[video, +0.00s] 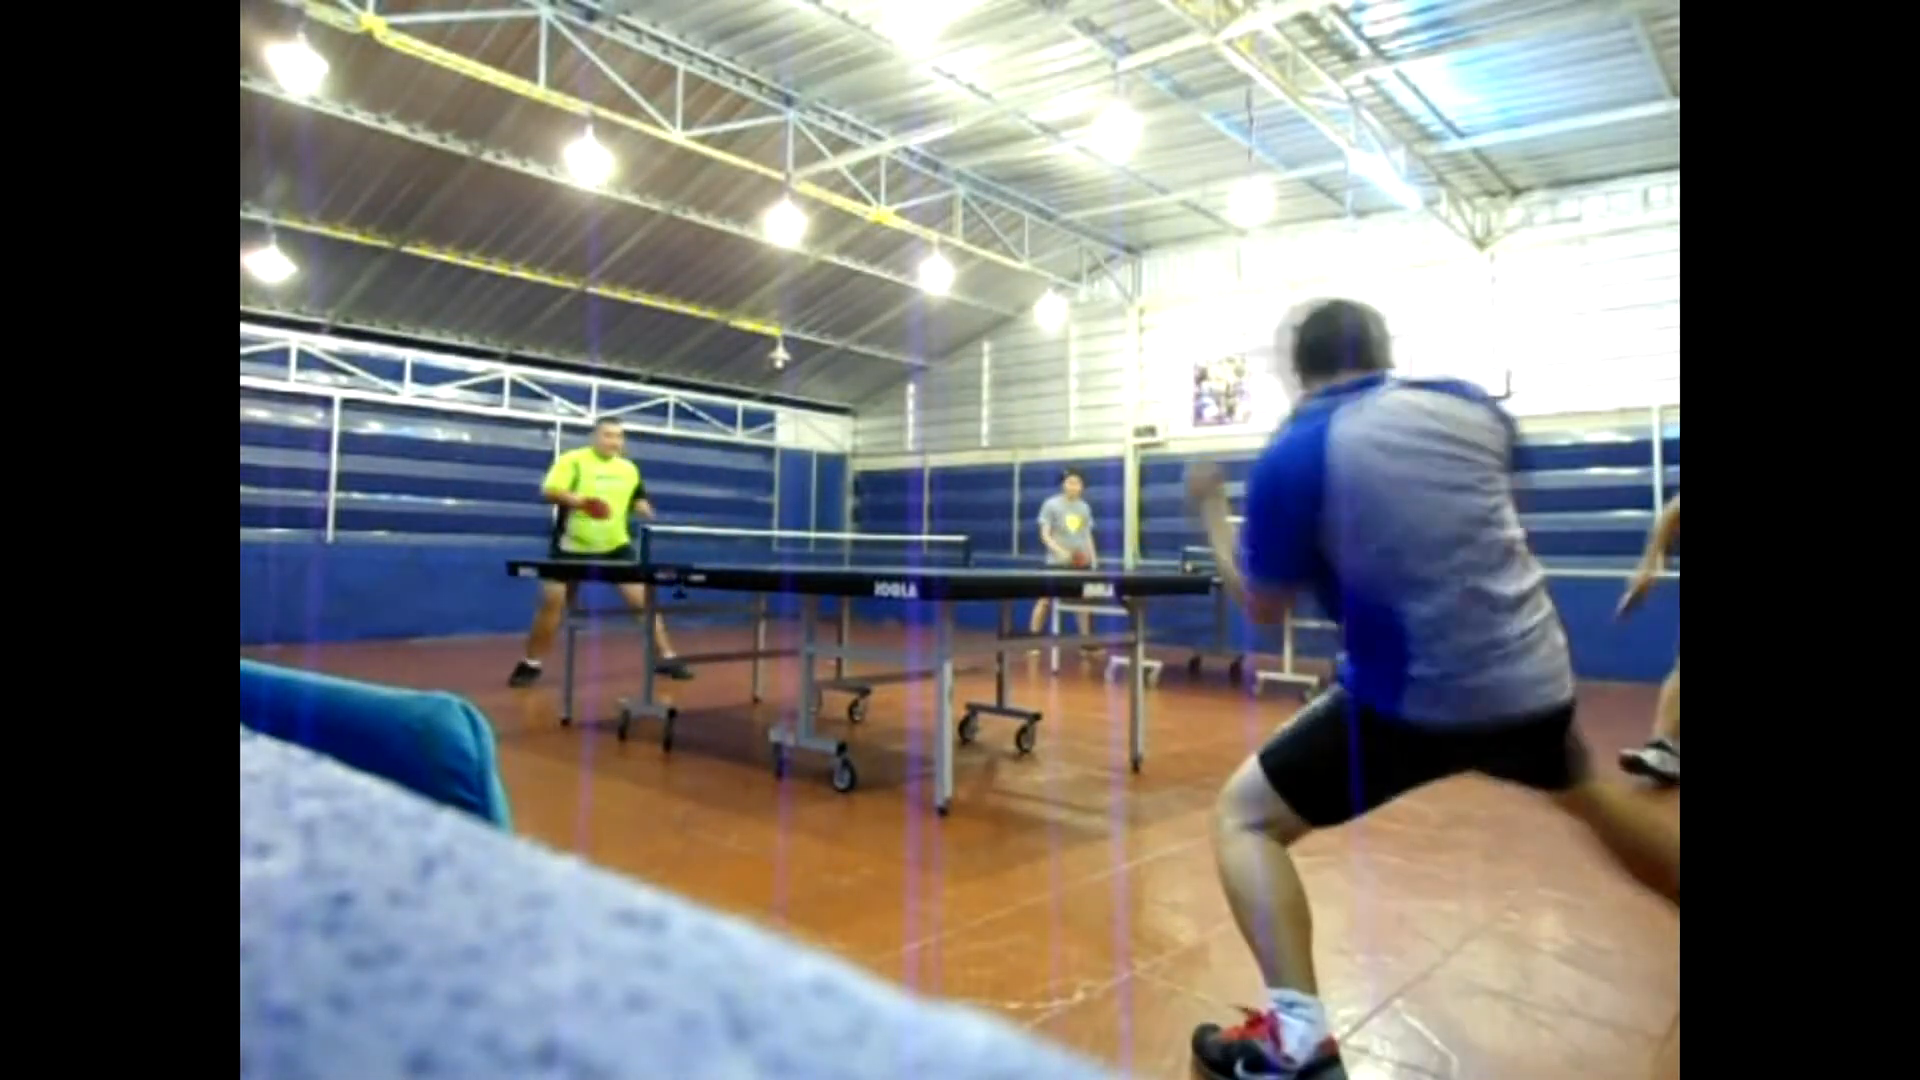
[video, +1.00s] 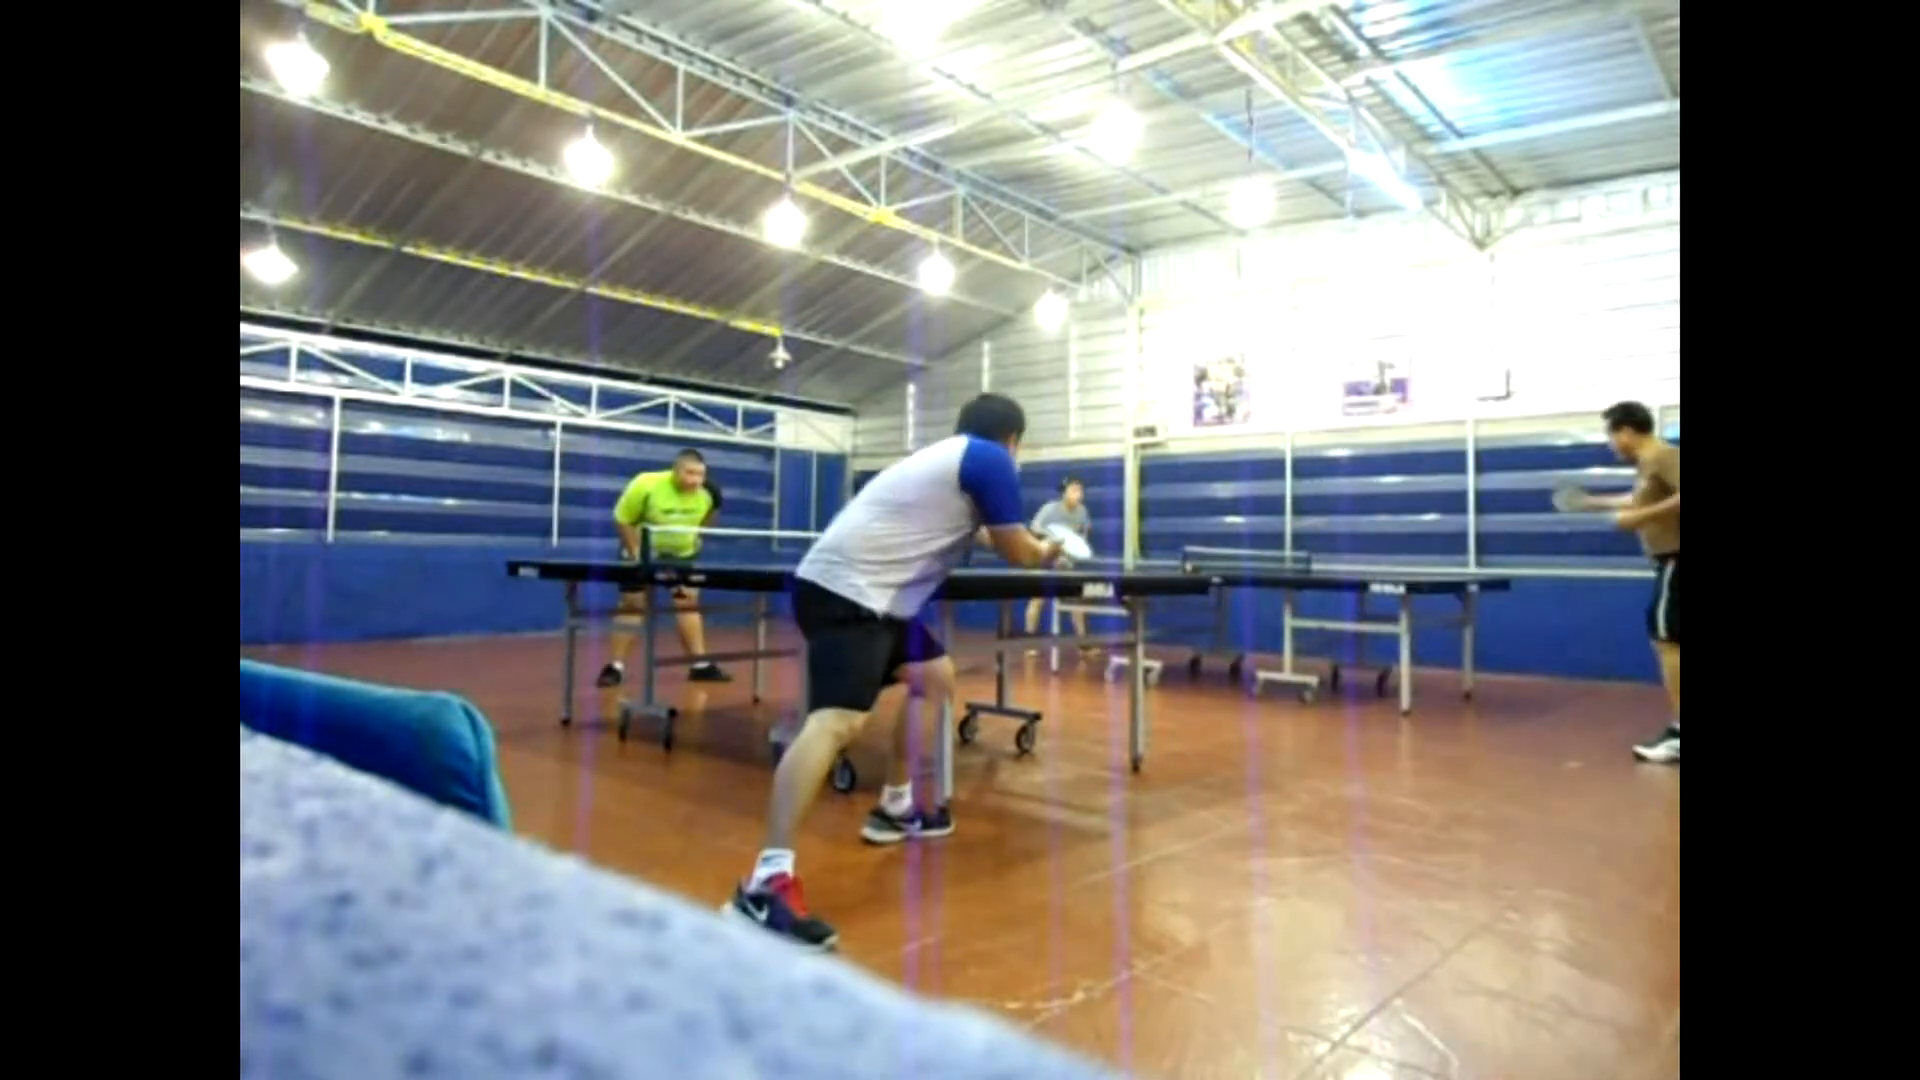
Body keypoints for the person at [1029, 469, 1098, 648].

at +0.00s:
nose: (1073, 487)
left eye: (1077, 483)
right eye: (1069, 483)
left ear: (1082, 486)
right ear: (1063, 485)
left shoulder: (1084, 507)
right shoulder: (1051, 505)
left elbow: (1087, 535)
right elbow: (1045, 534)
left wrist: (1092, 559)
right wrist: (1063, 552)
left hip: (1080, 562)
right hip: (1056, 561)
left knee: (1083, 601)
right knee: (1045, 599)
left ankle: (1085, 638)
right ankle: (1033, 636)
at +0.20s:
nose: (1074, 487)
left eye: (1077, 483)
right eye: (1070, 483)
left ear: (1082, 487)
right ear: (1063, 485)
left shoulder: (1084, 507)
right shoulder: (1051, 504)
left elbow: (1087, 534)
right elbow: (1044, 533)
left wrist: (1090, 555)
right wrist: (1064, 545)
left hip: (1080, 560)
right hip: (1057, 560)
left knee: (1082, 601)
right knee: (1046, 598)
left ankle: (1085, 638)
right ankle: (1033, 635)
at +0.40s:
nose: (1074, 487)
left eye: (1077, 483)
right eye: (1070, 483)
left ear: (1082, 487)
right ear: (1063, 485)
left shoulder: (1084, 508)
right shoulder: (1051, 504)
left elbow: (1086, 533)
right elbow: (1043, 532)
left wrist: (1089, 554)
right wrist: (1065, 543)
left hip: (1080, 560)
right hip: (1056, 560)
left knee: (1083, 600)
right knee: (1046, 598)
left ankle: (1085, 638)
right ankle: (1034, 635)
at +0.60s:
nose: (1087, 489)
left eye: (1089, 485)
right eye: (1083, 484)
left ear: (1092, 488)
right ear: (1075, 487)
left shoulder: (1088, 508)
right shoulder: (1063, 503)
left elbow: (1088, 533)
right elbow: (1057, 525)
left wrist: (1087, 552)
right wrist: (1079, 519)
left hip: (1077, 559)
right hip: (1056, 558)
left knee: (1083, 600)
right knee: (1047, 598)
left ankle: (1087, 637)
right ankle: (1035, 634)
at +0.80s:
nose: (1083, 490)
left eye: (1085, 486)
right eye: (1079, 486)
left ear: (1088, 490)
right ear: (1071, 488)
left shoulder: (1085, 509)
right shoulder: (1057, 505)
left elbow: (1087, 532)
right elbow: (1045, 526)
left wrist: (1083, 553)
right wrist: (1065, 530)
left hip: (1076, 558)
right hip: (1053, 557)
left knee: (1084, 599)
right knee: (1043, 597)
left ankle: (1087, 637)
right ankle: (1031, 634)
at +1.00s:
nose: (1077, 495)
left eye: (1079, 491)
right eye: (1073, 490)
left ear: (1082, 494)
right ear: (1064, 492)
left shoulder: (1082, 511)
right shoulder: (1049, 510)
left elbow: (1085, 530)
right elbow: (1035, 530)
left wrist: (1078, 545)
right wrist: (1050, 545)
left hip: (1071, 560)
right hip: (1047, 560)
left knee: (1077, 599)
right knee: (1038, 598)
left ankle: (1082, 638)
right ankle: (1030, 636)